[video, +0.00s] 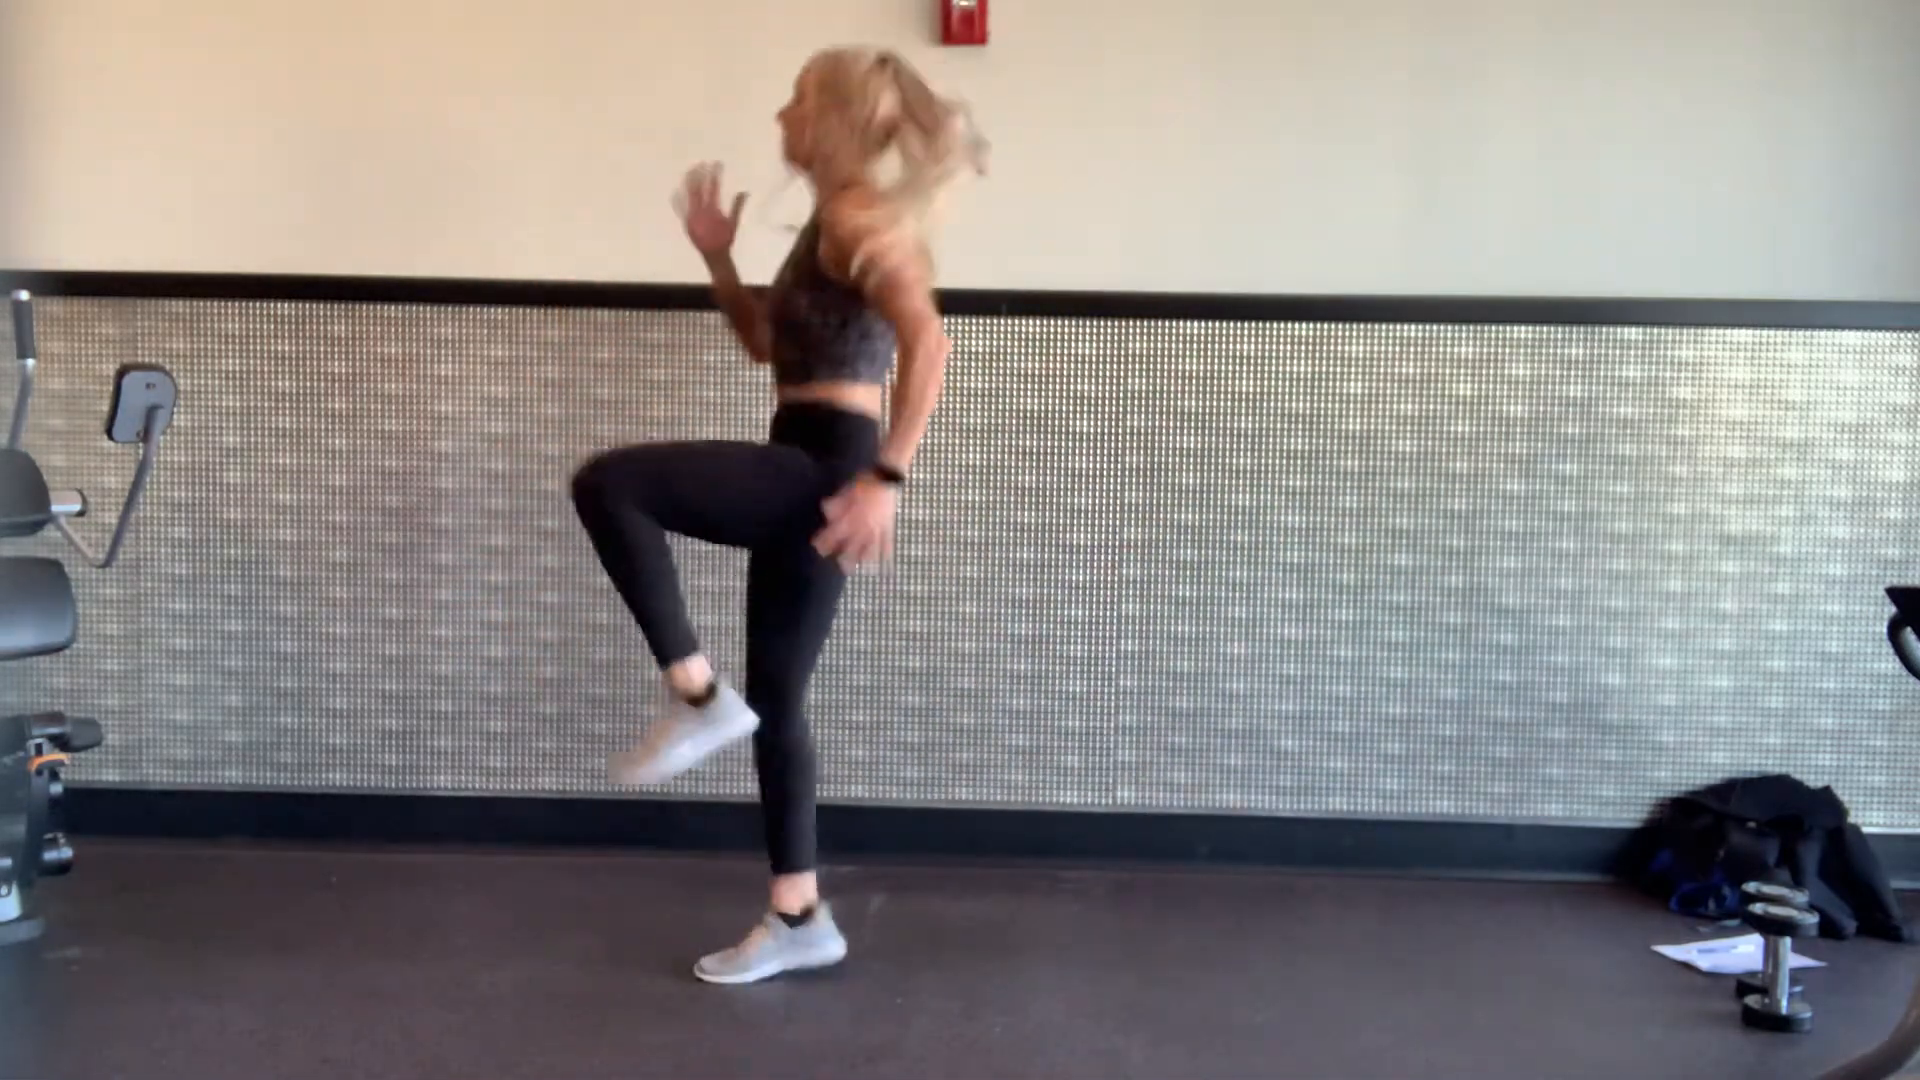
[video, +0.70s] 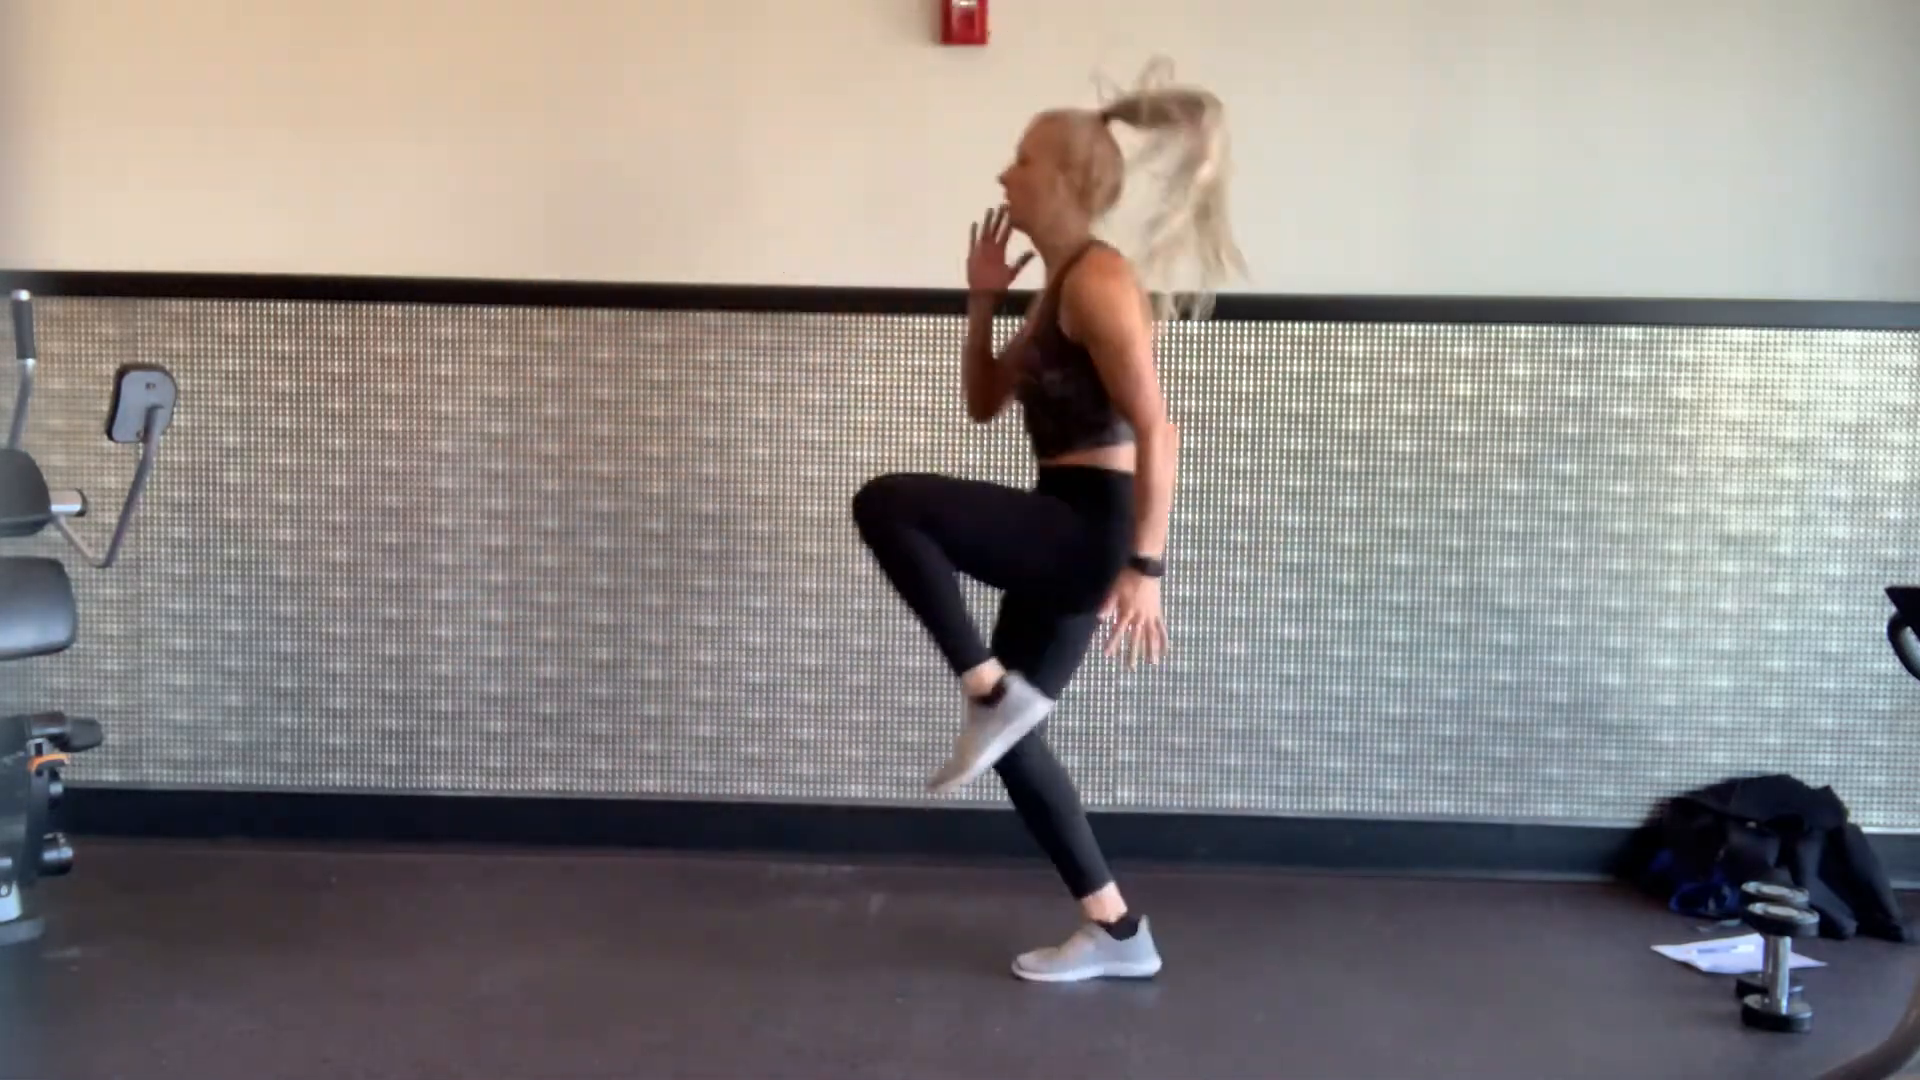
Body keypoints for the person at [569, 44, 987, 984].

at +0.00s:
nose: (782, 118)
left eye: (799, 105)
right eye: (790, 103)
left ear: (841, 124)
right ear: (849, 127)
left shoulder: (864, 220)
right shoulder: (832, 220)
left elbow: (927, 345)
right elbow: (770, 346)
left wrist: (886, 477)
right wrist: (719, 259)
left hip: (821, 469)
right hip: (816, 467)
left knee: (610, 484)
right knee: (775, 695)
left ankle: (696, 696)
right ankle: (798, 911)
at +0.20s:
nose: (842, 92)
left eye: (859, 79)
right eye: (853, 74)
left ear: (900, 97)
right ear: (908, 101)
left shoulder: (903, 204)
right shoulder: (932, 203)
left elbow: (866, 349)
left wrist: (765, 297)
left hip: (893, 470)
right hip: (892, 463)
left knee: (802, 673)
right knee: (700, 530)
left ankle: (873, 901)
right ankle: (820, 707)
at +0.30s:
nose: (861, 158)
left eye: (879, 147)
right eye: (870, 144)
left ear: (920, 174)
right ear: (936, 180)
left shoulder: (922, 272)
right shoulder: (948, 270)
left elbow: (795, 378)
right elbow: (994, 419)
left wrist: (801, 256)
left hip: (928, 534)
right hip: (923, 520)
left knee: (843, 735)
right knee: (733, 477)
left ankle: (925, 952)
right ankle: (822, 659)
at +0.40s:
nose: (905, 133)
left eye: (920, 119)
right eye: (913, 117)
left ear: (958, 137)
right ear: (977, 141)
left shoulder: (962, 237)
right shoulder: (1006, 239)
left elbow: (892, 372)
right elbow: (1022, 404)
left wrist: (827, 285)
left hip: (953, 503)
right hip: (971, 495)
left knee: (894, 713)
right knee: (765, 531)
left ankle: (922, 941)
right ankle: (864, 692)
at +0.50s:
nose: (952, 93)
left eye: (968, 80)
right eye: (959, 77)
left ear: (1015, 94)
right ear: (1018, 95)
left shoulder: (1031, 195)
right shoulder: (1021, 191)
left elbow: (1015, 352)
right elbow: (1011, 352)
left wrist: (902, 388)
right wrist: (904, 384)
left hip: (1010, 456)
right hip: (993, 450)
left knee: (884, 637)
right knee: (865, 621)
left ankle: (910, 878)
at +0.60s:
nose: (983, 117)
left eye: (1002, 105)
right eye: (992, 101)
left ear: (1048, 127)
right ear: (1045, 128)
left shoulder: (1071, 232)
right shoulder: (1038, 229)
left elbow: (1104, 396)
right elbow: (1004, 375)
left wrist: (1051, 514)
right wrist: (941, 308)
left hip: (1041, 485)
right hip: (1029, 480)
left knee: (843, 572)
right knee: (991, 707)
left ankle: (945, 760)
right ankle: (1089, 893)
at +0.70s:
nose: (1005, 176)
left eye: (1021, 164)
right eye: (1012, 160)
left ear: (1065, 185)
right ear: (1066, 186)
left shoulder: (1097, 282)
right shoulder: (1062, 284)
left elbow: (1158, 430)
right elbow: (985, 401)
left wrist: (1144, 567)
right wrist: (981, 304)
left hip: (1088, 524)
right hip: (1073, 522)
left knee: (886, 503)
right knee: (1005, 720)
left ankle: (988, 689)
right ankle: (1114, 925)